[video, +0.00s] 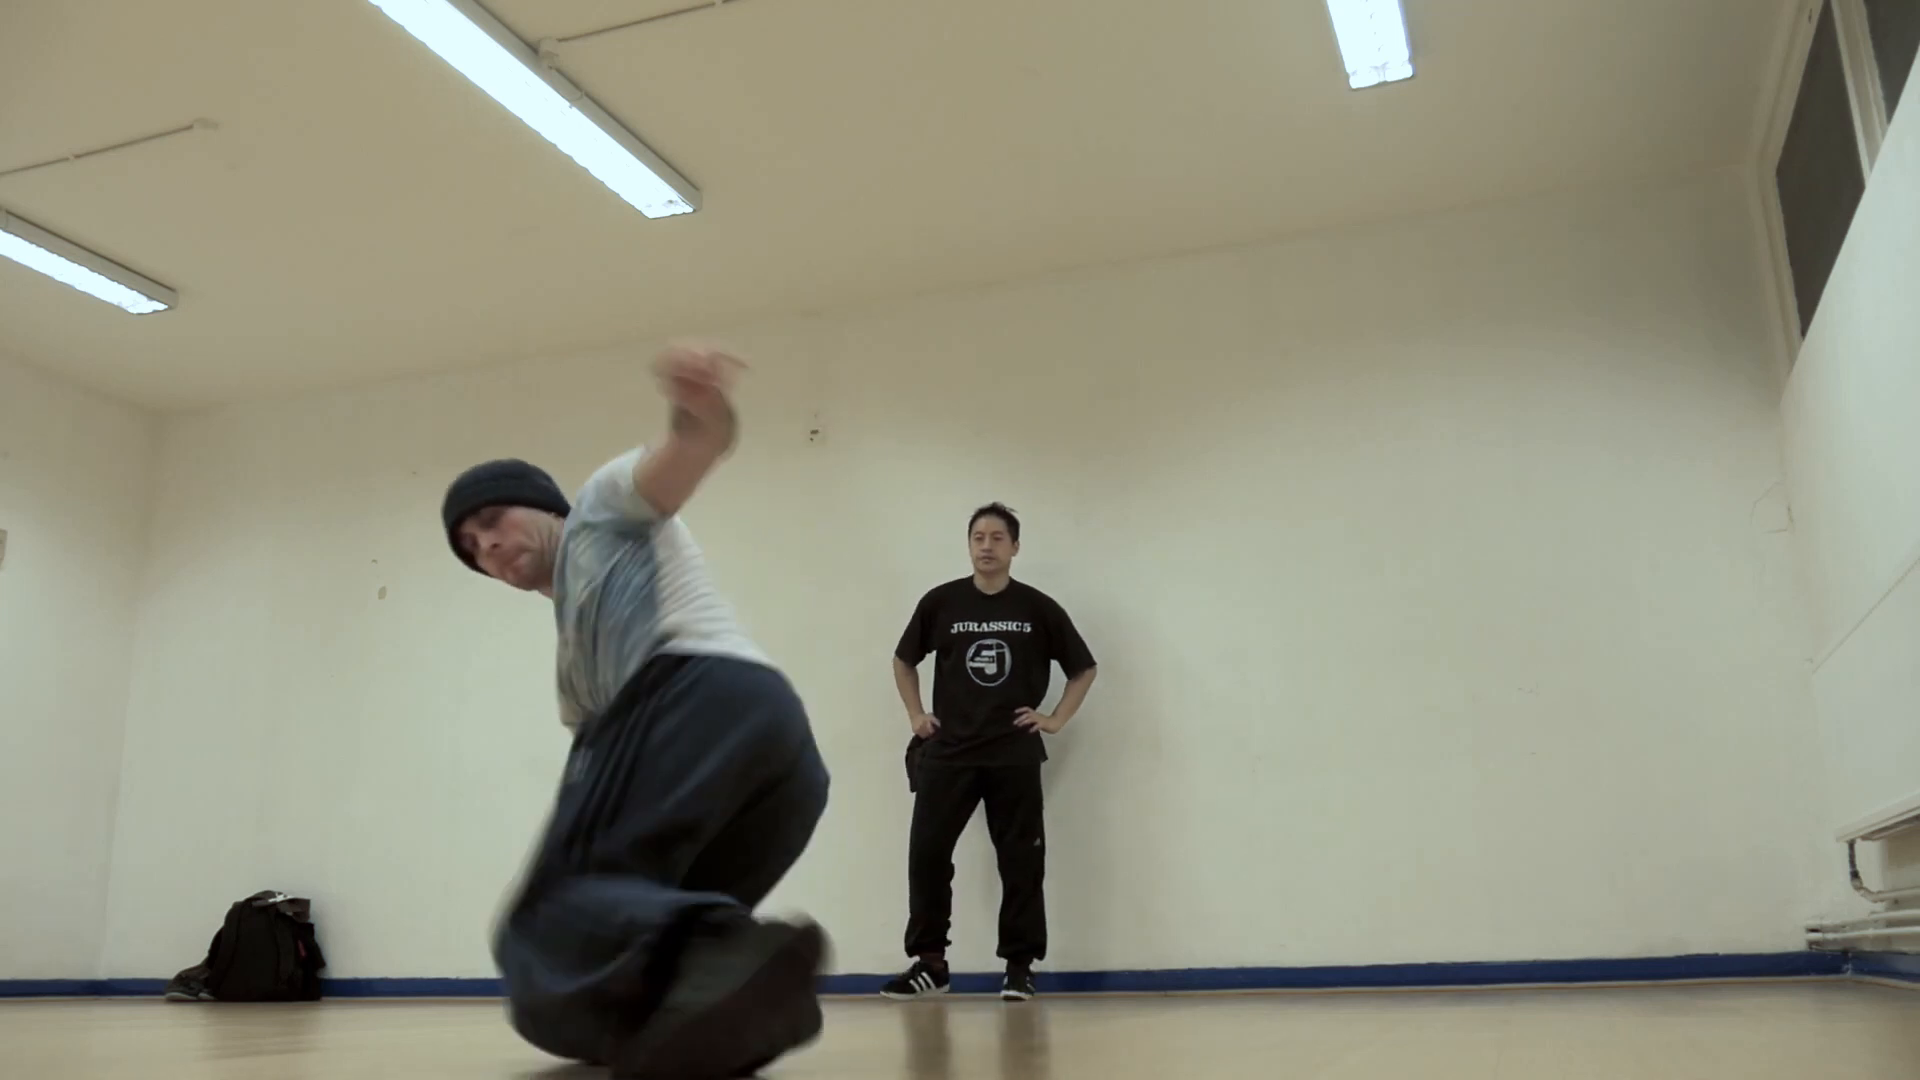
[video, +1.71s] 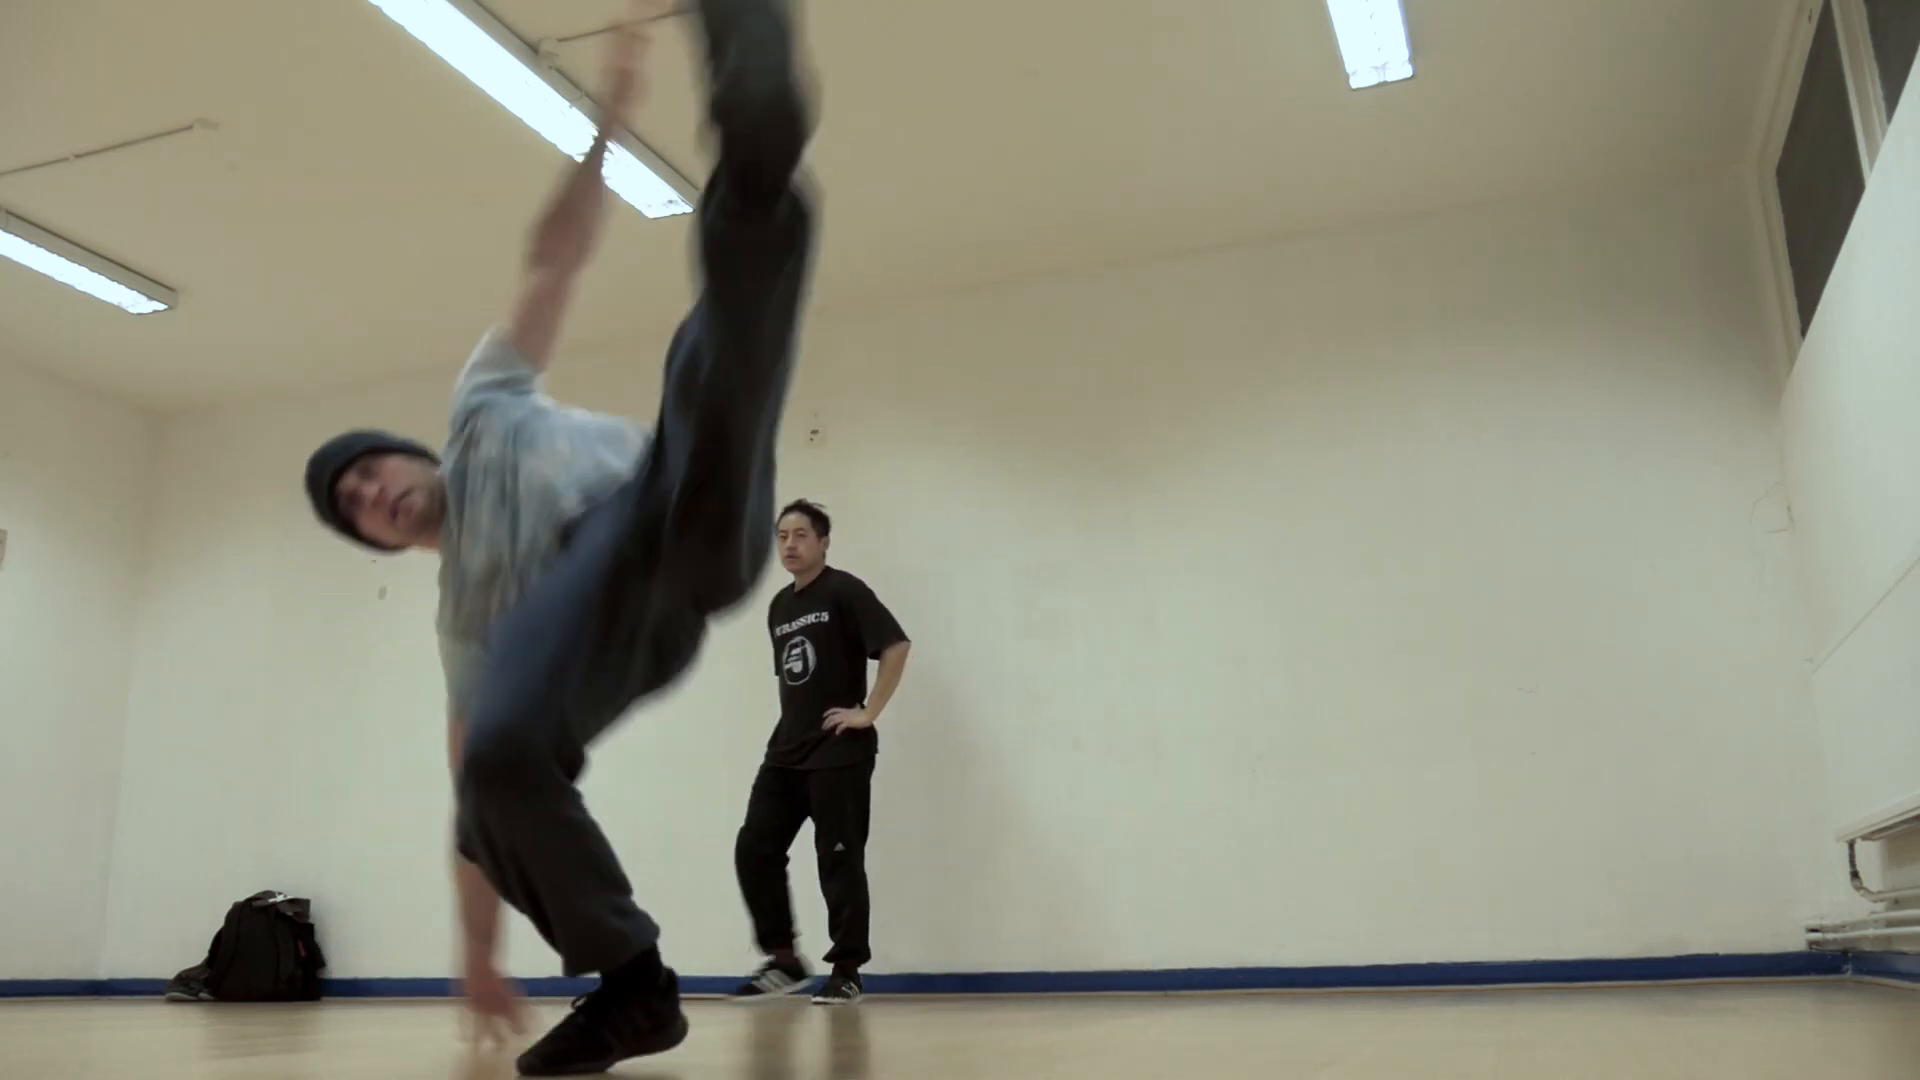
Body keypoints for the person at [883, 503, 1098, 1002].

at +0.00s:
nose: (987, 545)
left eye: (997, 538)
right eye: (979, 537)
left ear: (1014, 547)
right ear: (969, 546)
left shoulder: (1039, 609)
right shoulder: (939, 604)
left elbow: (1083, 668)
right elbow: (904, 660)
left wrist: (1057, 719)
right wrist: (917, 715)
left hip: (1013, 752)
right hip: (948, 751)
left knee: (1021, 859)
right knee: (926, 854)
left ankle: (1019, 968)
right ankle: (929, 964)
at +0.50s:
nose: (911, 557)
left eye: (921, 549)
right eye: (905, 550)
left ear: (943, 557)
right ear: (899, 560)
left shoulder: (968, 609)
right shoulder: (896, 621)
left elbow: (1018, 664)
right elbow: (887, 681)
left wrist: (990, 724)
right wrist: (886, 723)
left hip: (955, 758)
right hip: (900, 762)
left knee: (974, 859)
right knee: (908, 868)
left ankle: (1011, 966)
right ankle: (932, 969)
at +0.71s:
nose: (888, 559)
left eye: (898, 550)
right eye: (881, 552)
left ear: (919, 557)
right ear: (875, 561)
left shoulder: (945, 606)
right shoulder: (874, 623)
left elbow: (1000, 657)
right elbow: (870, 686)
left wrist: (976, 719)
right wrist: (872, 729)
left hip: (938, 750)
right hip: (888, 758)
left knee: (935, 852)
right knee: (898, 866)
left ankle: (959, 966)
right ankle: (929, 969)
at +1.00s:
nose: (863, 560)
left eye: (872, 551)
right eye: (855, 553)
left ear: (893, 557)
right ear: (848, 563)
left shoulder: (924, 606)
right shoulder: (847, 626)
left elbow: (979, 657)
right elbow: (841, 687)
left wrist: (955, 722)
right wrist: (854, 734)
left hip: (920, 750)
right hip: (870, 758)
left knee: (897, 855)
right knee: (884, 861)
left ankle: (923, 966)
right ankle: (930, 964)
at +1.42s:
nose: (826, 548)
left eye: (837, 540)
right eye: (819, 540)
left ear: (858, 548)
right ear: (813, 549)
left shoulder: (880, 599)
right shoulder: (810, 612)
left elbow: (930, 655)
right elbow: (807, 680)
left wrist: (899, 715)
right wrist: (816, 727)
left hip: (869, 746)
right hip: (822, 749)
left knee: (854, 859)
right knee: (828, 867)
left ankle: (847, 972)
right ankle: (907, 946)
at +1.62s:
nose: (803, 544)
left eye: (813, 536)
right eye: (796, 537)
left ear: (835, 542)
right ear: (790, 545)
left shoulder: (856, 592)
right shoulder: (790, 603)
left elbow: (906, 648)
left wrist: (878, 712)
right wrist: (801, 713)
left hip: (847, 744)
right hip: (799, 745)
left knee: (843, 855)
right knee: (771, 851)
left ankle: (845, 972)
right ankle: (829, 940)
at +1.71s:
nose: (790, 544)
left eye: (800, 535)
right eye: (783, 535)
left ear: (823, 542)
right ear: (777, 545)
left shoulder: (845, 591)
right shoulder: (779, 607)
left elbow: (895, 646)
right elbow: (795, 672)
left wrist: (869, 713)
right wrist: (793, 720)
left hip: (840, 746)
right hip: (790, 747)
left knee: (839, 855)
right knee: (756, 849)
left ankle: (846, 973)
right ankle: (784, 961)